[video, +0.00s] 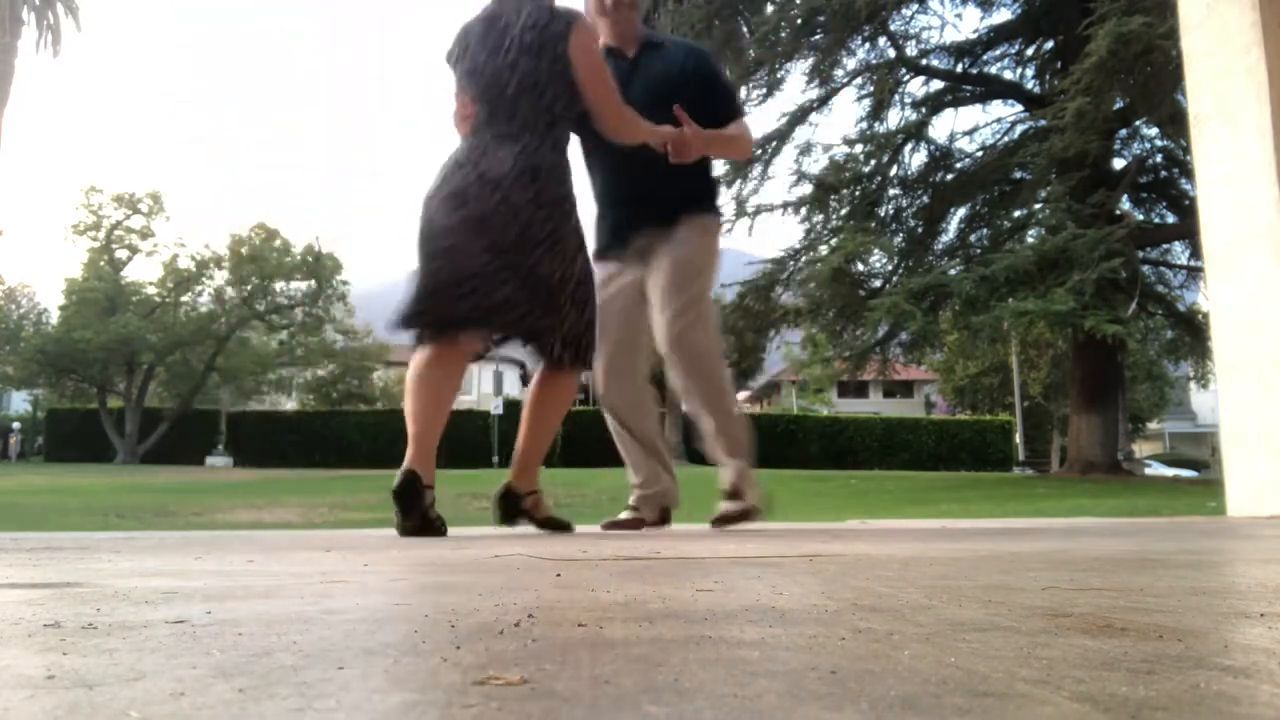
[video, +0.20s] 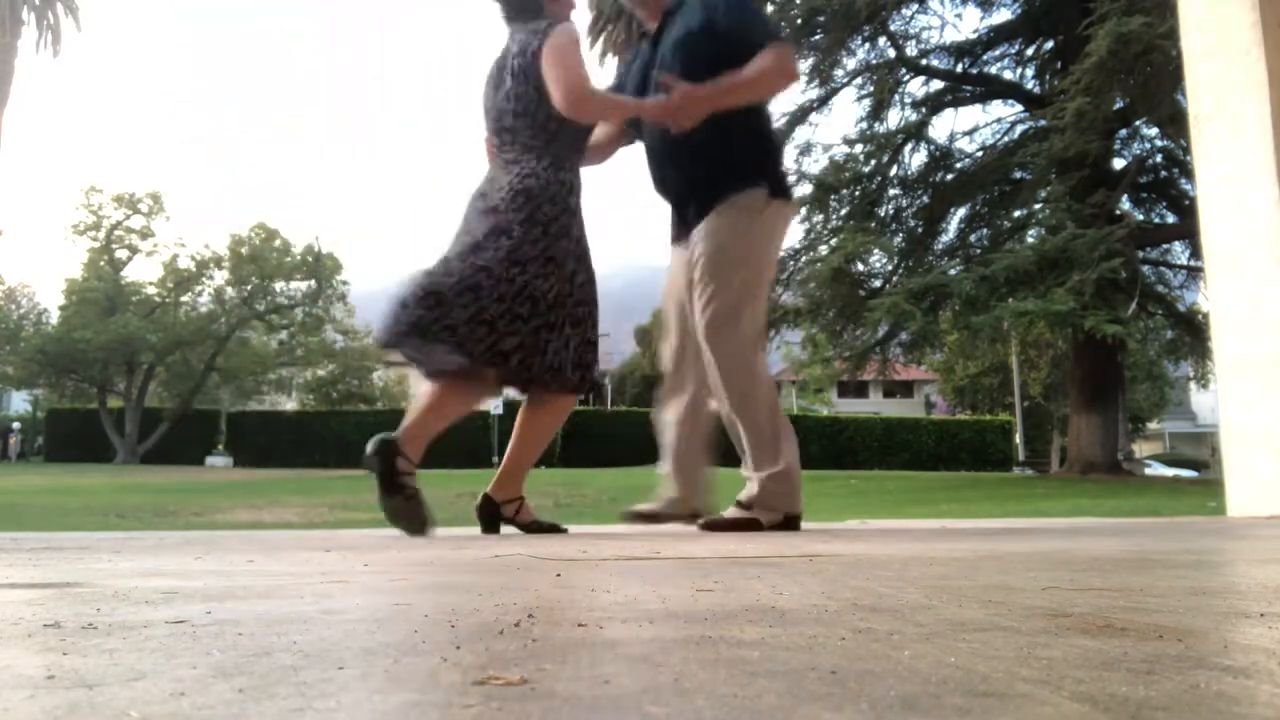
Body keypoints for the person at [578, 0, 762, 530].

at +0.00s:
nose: (608, 3)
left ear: (637, 4)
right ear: (586, 8)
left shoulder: (686, 61)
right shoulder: (578, 71)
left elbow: (741, 143)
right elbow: (535, 117)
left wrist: (705, 142)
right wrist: (477, 114)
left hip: (684, 227)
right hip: (616, 241)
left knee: (680, 336)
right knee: (615, 376)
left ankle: (739, 481)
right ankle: (652, 496)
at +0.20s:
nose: (628, 4)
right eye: (625, 3)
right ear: (629, 9)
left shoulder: (714, 9)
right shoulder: (636, 62)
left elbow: (782, 67)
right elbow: (600, 143)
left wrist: (705, 97)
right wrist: (521, 148)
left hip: (745, 199)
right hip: (691, 217)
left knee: (726, 336)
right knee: (681, 352)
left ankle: (775, 498)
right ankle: (685, 495)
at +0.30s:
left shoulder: (708, 4)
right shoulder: (658, 47)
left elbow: (779, 38)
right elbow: (640, 137)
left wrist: (686, 85)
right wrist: (579, 161)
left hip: (755, 181)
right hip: (718, 195)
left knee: (742, 330)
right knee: (706, 337)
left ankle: (773, 495)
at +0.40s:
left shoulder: (694, 4)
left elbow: (751, 30)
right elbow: (716, 123)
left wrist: (667, 97)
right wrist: (649, 166)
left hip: (747, 174)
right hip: (793, 171)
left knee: (738, 334)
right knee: (769, 331)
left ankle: (773, 497)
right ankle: (859, 437)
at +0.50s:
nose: (650, 36)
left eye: (650, 27)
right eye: (649, 34)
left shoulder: (686, 2)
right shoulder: (758, 12)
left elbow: (709, 44)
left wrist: (644, 125)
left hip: (743, 167)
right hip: (818, 162)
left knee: (730, 332)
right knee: (815, 321)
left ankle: (771, 495)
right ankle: (861, 451)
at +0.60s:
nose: (638, 53)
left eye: (641, 40)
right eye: (634, 47)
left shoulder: (681, 3)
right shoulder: (778, 9)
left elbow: (674, 63)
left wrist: (643, 144)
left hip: (737, 157)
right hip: (826, 148)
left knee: (707, 320)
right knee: (824, 324)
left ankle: (769, 481)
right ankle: (860, 490)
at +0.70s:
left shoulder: (656, 4)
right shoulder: (806, 4)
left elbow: (642, 88)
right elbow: (819, 73)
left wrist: (643, 169)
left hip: (721, 150)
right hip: (817, 137)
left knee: (699, 320)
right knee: (829, 321)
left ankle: (733, 474)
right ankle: (859, 493)